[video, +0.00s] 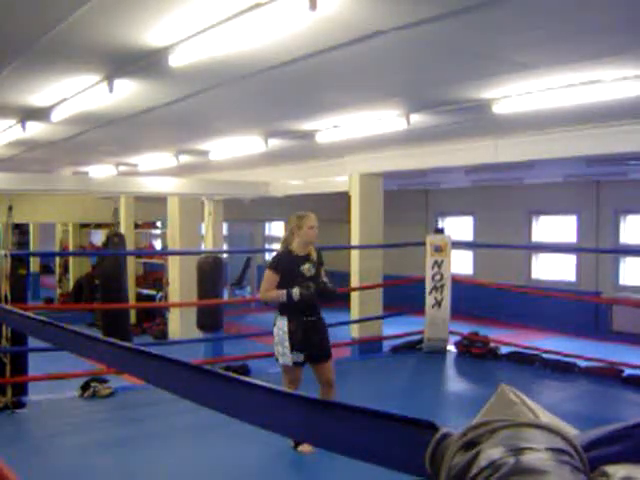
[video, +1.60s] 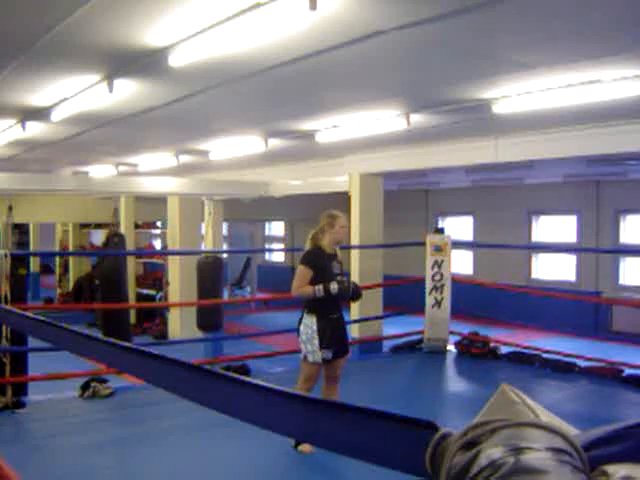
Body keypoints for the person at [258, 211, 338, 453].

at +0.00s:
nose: (315, 232)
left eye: (316, 228)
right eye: (311, 228)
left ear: (314, 231)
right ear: (296, 231)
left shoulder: (315, 255)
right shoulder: (281, 260)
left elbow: (321, 282)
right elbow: (265, 293)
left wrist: (326, 288)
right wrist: (291, 293)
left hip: (314, 319)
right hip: (290, 321)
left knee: (328, 380)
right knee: (292, 381)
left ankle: (326, 430)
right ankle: (297, 435)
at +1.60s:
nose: (346, 233)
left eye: (346, 229)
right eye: (343, 228)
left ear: (337, 230)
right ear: (329, 229)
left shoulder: (336, 258)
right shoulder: (313, 255)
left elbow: (332, 290)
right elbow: (297, 289)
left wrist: (350, 291)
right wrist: (328, 288)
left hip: (335, 317)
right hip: (315, 317)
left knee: (333, 378)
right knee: (308, 379)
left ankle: (329, 428)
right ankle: (300, 431)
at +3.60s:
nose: (347, 233)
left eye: (347, 229)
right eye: (343, 229)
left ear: (338, 230)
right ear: (328, 229)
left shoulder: (335, 258)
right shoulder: (313, 255)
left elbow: (332, 289)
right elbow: (298, 290)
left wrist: (350, 291)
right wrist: (328, 289)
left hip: (335, 317)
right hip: (316, 318)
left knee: (334, 377)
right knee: (309, 379)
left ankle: (330, 428)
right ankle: (299, 431)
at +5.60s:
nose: (347, 233)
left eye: (347, 229)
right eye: (343, 229)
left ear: (338, 231)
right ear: (329, 229)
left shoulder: (336, 258)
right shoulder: (314, 256)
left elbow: (333, 288)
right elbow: (298, 290)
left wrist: (350, 290)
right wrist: (329, 289)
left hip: (335, 318)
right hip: (316, 318)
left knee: (334, 377)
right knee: (309, 378)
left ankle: (330, 428)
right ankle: (299, 431)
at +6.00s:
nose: (350, 233)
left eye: (351, 228)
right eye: (347, 228)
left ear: (340, 230)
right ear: (333, 229)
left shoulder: (339, 257)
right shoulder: (317, 255)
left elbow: (338, 286)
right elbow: (301, 289)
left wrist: (354, 289)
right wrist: (332, 287)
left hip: (338, 316)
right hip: (318, 317)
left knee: (336, 377)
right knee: (311, 378)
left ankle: (331, 428)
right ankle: (299, 430)